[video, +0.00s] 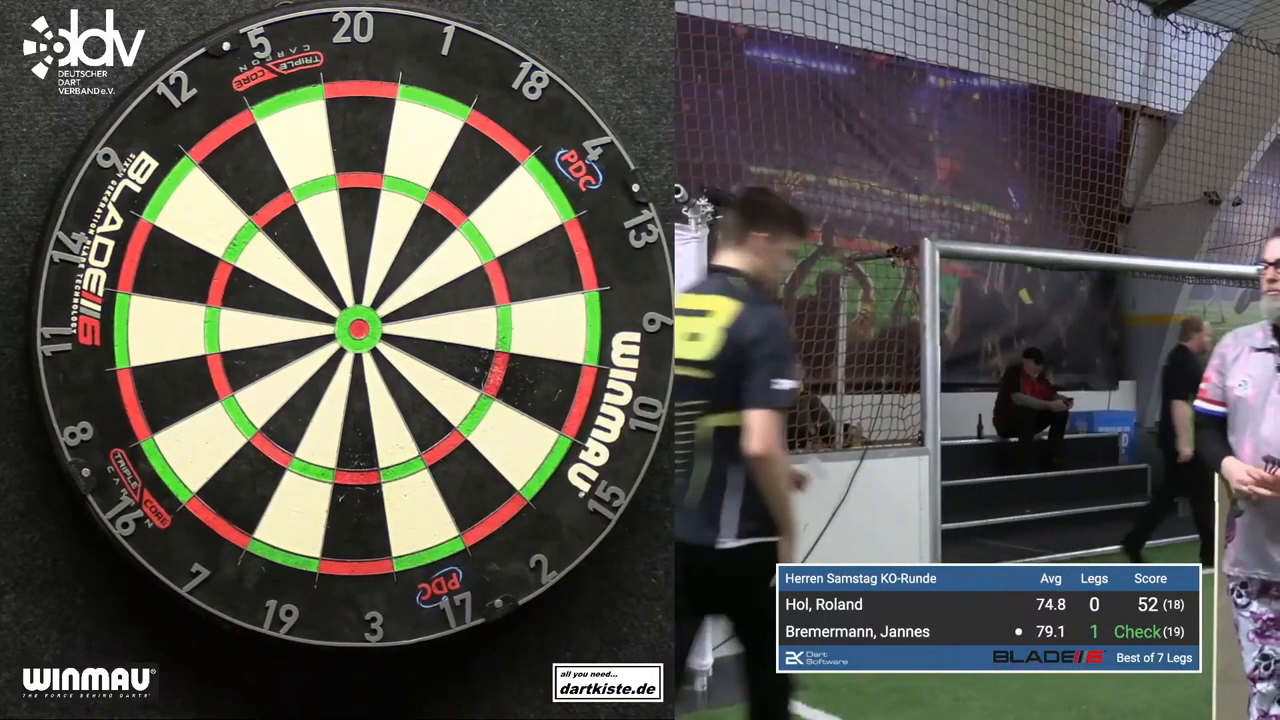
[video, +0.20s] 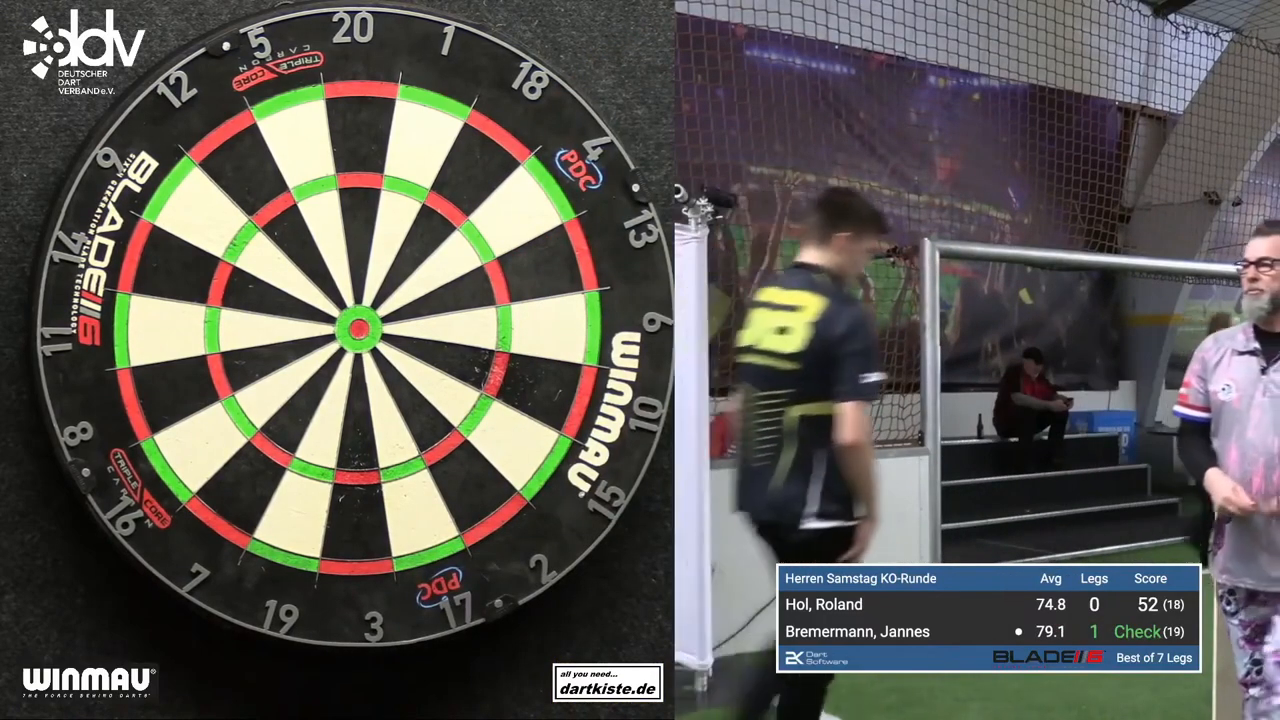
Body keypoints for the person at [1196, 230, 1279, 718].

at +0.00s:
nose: (1271, 276)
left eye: (1279, 265)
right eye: (1267, 266)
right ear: (1261, 274)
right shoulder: (1236, 347)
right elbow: (1208, 428)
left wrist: (1275, 479)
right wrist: (1229, 466)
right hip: (1257, 561)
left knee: (1269, 694)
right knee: (1267, 694)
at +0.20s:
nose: (1251, 274)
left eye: (1266, 265)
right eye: (1246, 265)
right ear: (1240, 274)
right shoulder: (1216, 351)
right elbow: (1191, 435)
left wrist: (1276, 500)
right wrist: (1213, 477)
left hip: (1279, 565)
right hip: (1241, 563)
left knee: (1270, 692)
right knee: (1259, 692)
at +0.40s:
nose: (1243, 272)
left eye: (1259, 262)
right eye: (1239, 263)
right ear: (1234, 272)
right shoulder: (1206, 348)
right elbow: (1177, 432)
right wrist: (1196, 478)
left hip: (1277, 566)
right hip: (1221, 562)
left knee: (1270, 697)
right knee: (1233, 692)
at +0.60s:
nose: (1238, 270)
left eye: (1254, 260)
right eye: (1234, 260)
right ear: (1229, 268)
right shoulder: (1200, 346)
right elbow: (1162, 432)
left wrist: (1271, 497)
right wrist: (1183, 473)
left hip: (1271, 572)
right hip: (1203, 566)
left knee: (1268, 701)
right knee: (1203, 694)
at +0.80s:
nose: (1232, 268)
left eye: (1248, 258)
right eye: (1227, 258)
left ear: (1279, 267)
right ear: (1222, 266)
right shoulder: (1192, 344)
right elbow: (1161, 426)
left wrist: (1262, 496)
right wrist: (1172, 472)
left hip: (1268, 574)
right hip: (1194, 565)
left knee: (1266, 705)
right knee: (1186, 700)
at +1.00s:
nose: (1223, 271)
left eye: (1239, 261)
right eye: (1219, 262)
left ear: (1274, 272)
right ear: (1213, 271)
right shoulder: (1182, 347)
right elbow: (1152, 434)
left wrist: (1268, 507)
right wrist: (1153, 494)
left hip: (1262, 577)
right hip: (1179, 567)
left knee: (1258, 708)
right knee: (1159, 704)